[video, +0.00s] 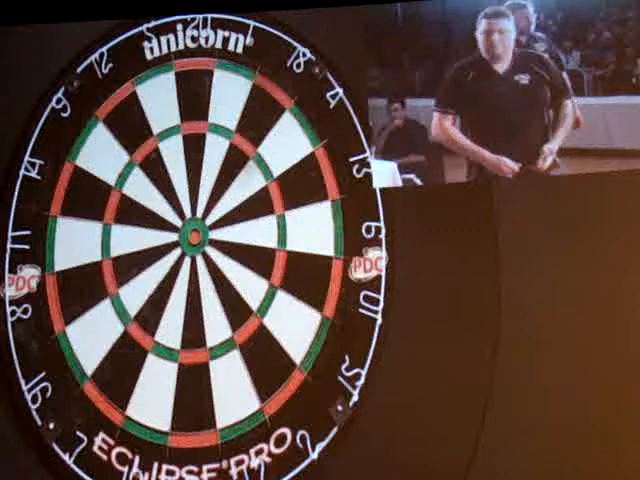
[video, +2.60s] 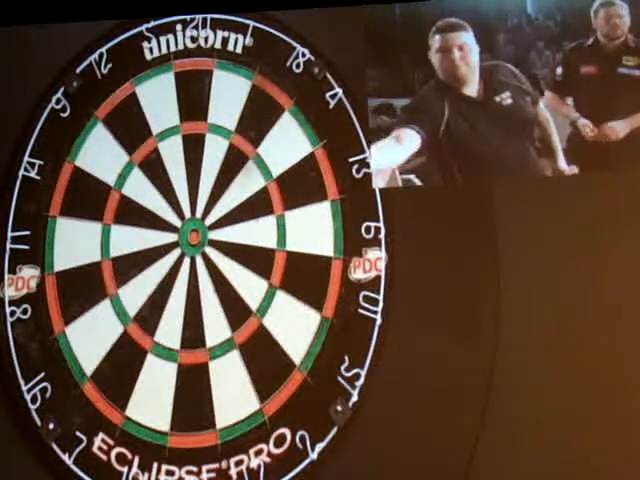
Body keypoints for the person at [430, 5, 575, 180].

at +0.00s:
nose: (493, 39)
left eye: (501, 32)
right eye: (486, 33)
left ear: (514, 36)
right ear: (477, 37)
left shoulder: (539, 65)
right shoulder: (462, 74)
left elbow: (566, 106)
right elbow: (440, 129)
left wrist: (553, 145)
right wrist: (489, 160)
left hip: (537, 181)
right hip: (487, 183)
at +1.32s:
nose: (503, 43)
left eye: (511, 36)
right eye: (495, 36)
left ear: (525, 40)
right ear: (483, 43)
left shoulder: (547, 73)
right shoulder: (468, 84)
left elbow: (575, 120)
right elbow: (450, 146)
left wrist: (571, 160)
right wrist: (478, 191)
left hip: (551, 189)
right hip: (499, 192)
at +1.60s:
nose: (495, 44)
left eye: (502, 36)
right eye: (486, 37)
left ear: (517, 40)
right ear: (474, 44)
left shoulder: (541, 72)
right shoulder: (462, 87)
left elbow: (570, 123)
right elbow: (451, 153)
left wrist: (570, 166)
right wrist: (449, 208)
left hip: (547, 190)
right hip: (492, 196)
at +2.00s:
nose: (468, 51)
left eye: (476, 42)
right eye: (459, 44)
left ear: (491, 45)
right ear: (446, 51)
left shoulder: (514, 73)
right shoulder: (439, 98)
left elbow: (545, 115)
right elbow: (427, 169)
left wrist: (563, 163)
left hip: (543, 193)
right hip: (484, 203)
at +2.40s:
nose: (457, 56)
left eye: (465, 47)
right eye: (446, 49)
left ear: (479, 51)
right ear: (434, 57)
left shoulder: (505, 74)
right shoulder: (431, 103)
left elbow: (542, 115)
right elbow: (407, 162)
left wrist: (561, 161)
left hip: (537, 197)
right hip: (478, 208)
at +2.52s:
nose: (456, 57)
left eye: (463, 47)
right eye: (445, 51)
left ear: (478, 51)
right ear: (433, 59)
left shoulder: (503, 74)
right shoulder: (432, 102)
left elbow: (542, 115)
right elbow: (402, 153)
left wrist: (561, 161)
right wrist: (367, 189)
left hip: (537, 195)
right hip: (480, 207)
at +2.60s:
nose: (455, 57)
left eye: (462, 48)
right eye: (444, 51)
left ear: (476, 52)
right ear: (432, 60)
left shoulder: (503, 75)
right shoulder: (432, 102)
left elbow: (541, 116)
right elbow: (402, 141)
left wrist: (560, 162)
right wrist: (366, 163)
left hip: (536, 194)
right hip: (479, 206)